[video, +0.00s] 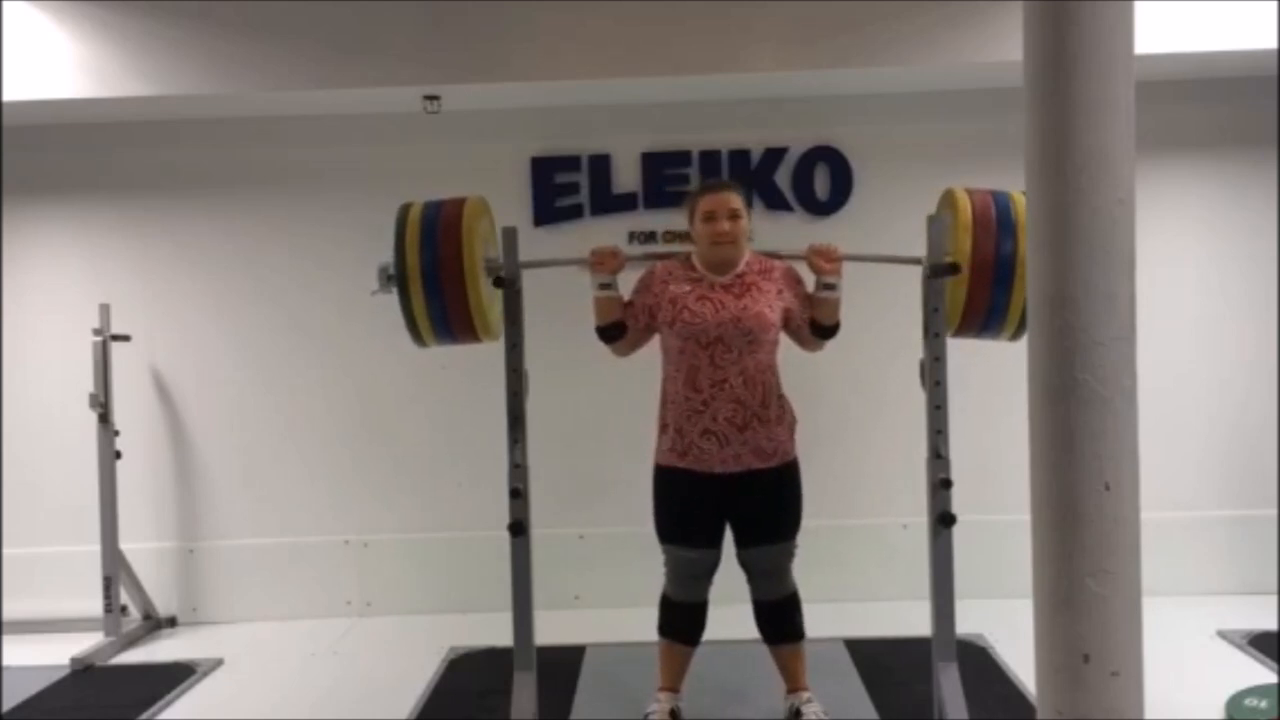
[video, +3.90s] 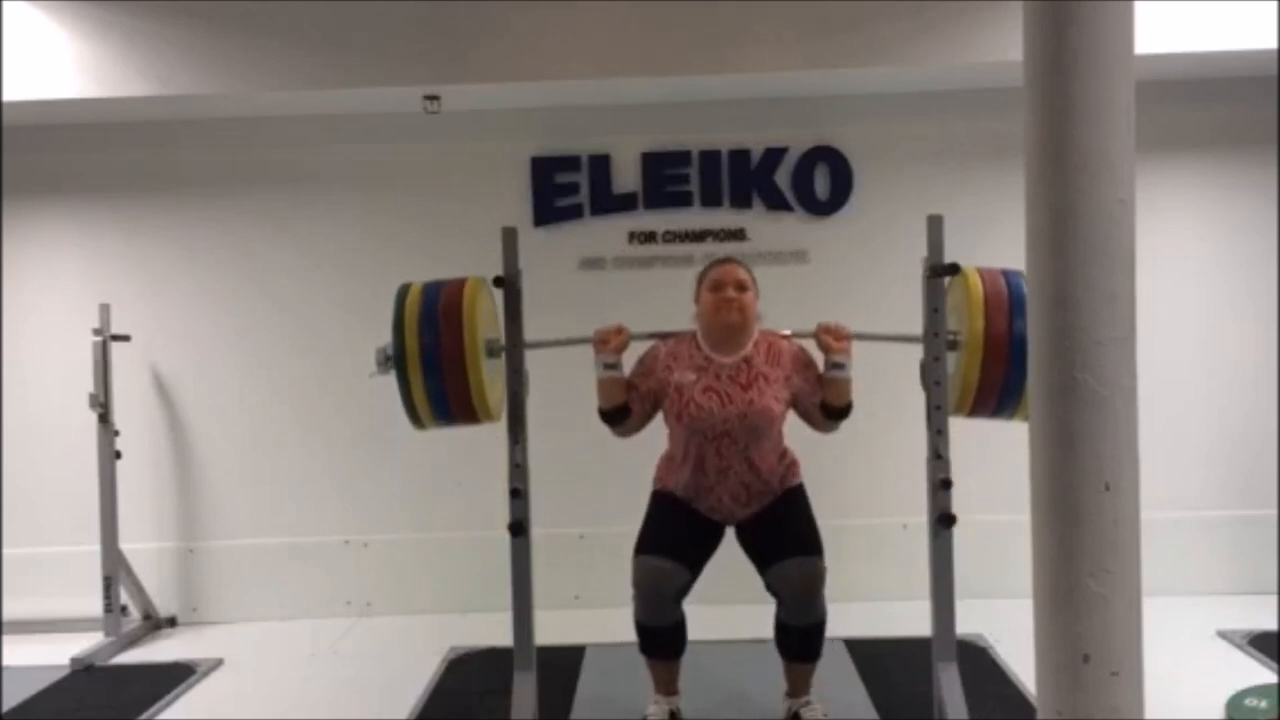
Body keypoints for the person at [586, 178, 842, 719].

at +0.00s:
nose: (723, 226)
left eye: (733, 216)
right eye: (710, 217)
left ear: (748, 224)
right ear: (691, 227)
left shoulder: (774, 277)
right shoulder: (664, 280)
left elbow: (815, 338)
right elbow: (619, 342)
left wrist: (828, 283)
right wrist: (605, 282)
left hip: (764, 459)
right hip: (688, 461)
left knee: (773, 581)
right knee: (685, 583)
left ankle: (800, 696)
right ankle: (666, 698)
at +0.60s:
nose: (726, 294)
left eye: (736, 285)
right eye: (713, 286)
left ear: (752, 297)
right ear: (695, 300)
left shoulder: (780, 352)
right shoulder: (666, 354)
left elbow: (822, 414)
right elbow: (621, 418)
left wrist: (833, 357)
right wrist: (606, 357)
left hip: (764, 489)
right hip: (682, 492)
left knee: (808, 584)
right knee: (656, 590)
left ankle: (801, 700)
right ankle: (665, 703)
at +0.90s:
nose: (730, 367)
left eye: (741, 358)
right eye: (717, 359)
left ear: (757, 370)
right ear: (699, 372)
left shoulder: (786, 421)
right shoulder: (671, 423)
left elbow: (828, 484)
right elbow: (627, 488)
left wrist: (840, 429)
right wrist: (611, 429)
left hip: (770, 545)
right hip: (688, 547)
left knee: (820, 604)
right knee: (650, 611)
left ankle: (801, 703)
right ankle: (667, 705)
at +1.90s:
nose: (732, 294)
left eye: (742, 287)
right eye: (719, 287)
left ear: (759, 303)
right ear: (700, 306)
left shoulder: (784, 355)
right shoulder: (670, 357)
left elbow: (828, 418)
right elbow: (626, 421)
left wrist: (840, 363)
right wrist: (611, 363)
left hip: (769, 489)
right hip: (687, 492)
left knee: (805, 583)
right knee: (658, 587)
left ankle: (800, 701)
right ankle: (665, 702)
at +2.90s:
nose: (731, 371)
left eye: (742, 363)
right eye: (718, 363)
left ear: (757, 376)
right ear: (700, 377)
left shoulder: (786, 428)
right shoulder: (671, 428)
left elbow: (829, 491)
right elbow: (627, 491)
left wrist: (840, 435)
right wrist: (612, 435)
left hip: (770, 553)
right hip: (686, 554)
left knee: (818, 603)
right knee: (644, 608)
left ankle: (801, 703)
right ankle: (666, 705)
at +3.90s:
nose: (730, 295)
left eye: (740, 288)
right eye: (717, 288)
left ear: (756, 303)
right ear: (697, 305)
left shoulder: (782, 355)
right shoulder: (668, 358)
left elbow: (827, 419)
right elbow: (623, 422)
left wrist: (838, 362)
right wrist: (608, 363)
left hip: (769, 489)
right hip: (687, 491)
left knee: (802, 585)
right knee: (653, 584)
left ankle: (800, 701)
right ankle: (664, 702)